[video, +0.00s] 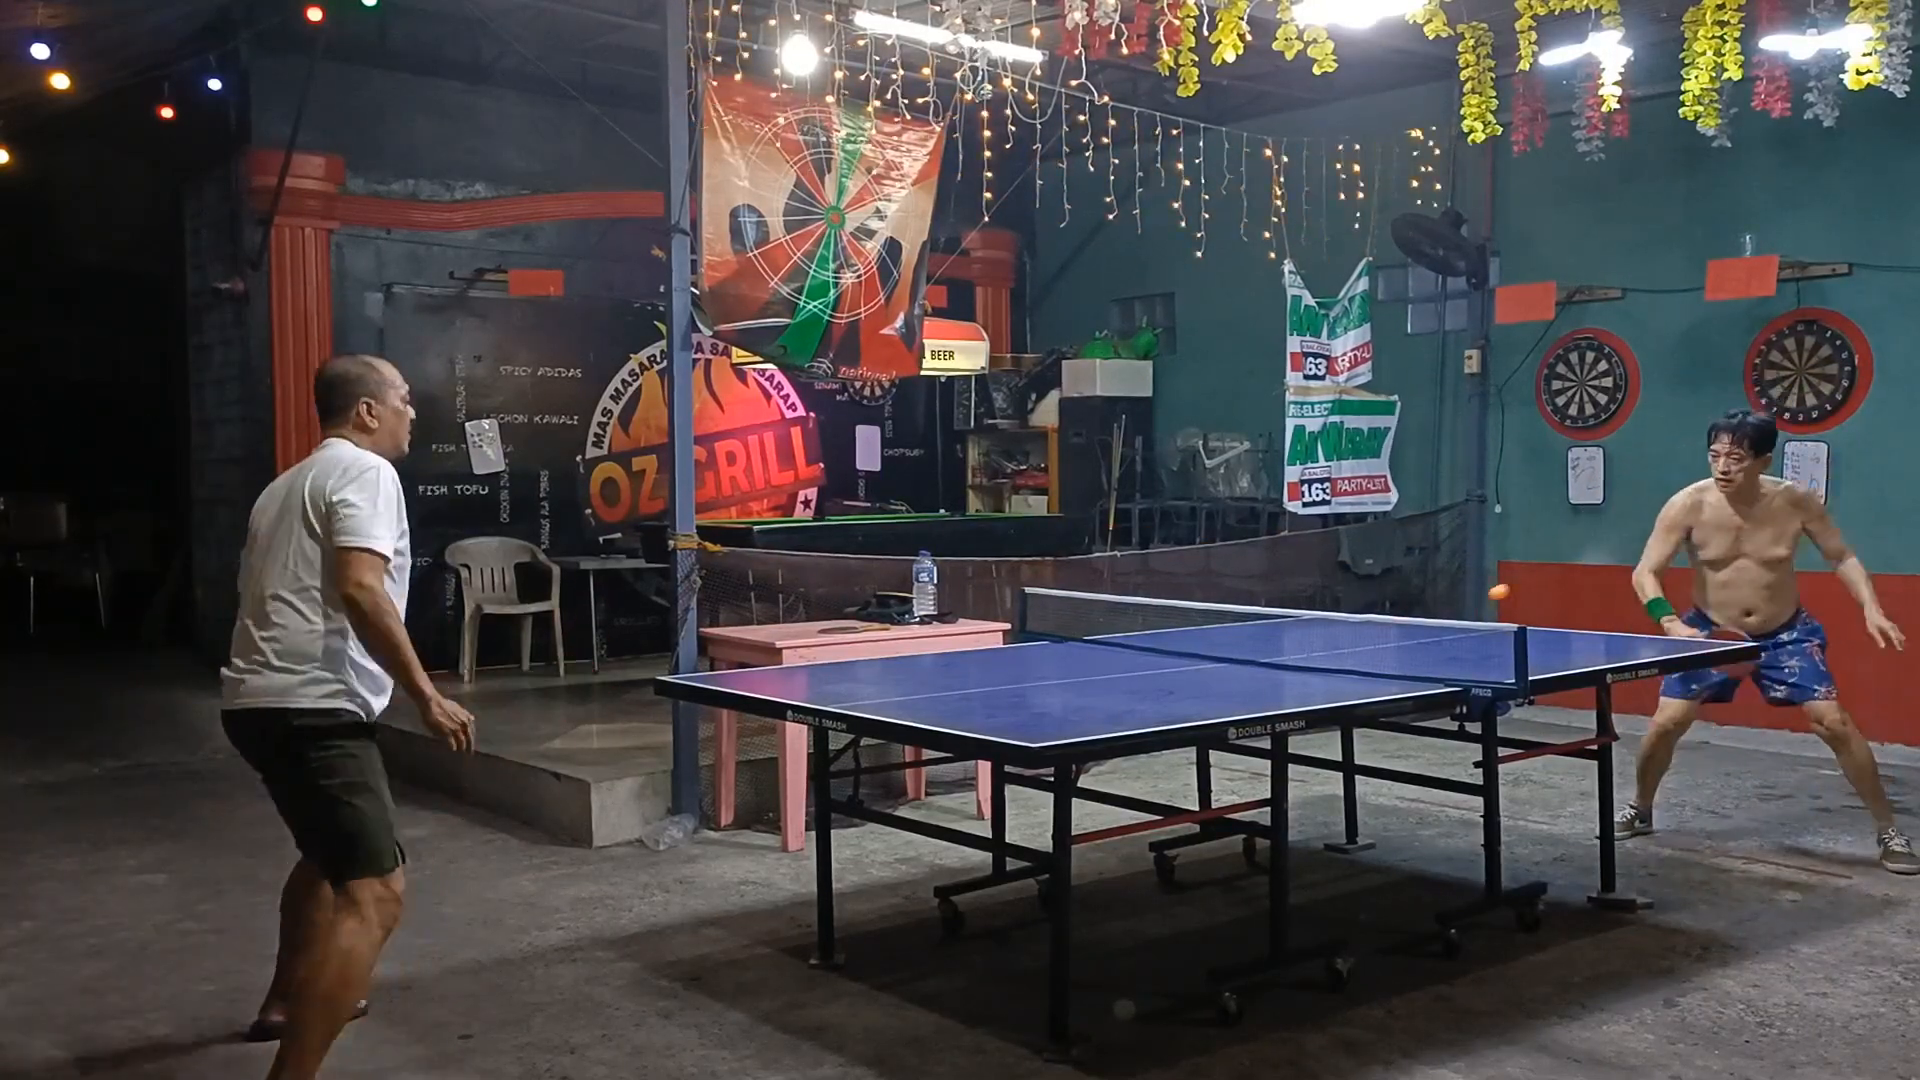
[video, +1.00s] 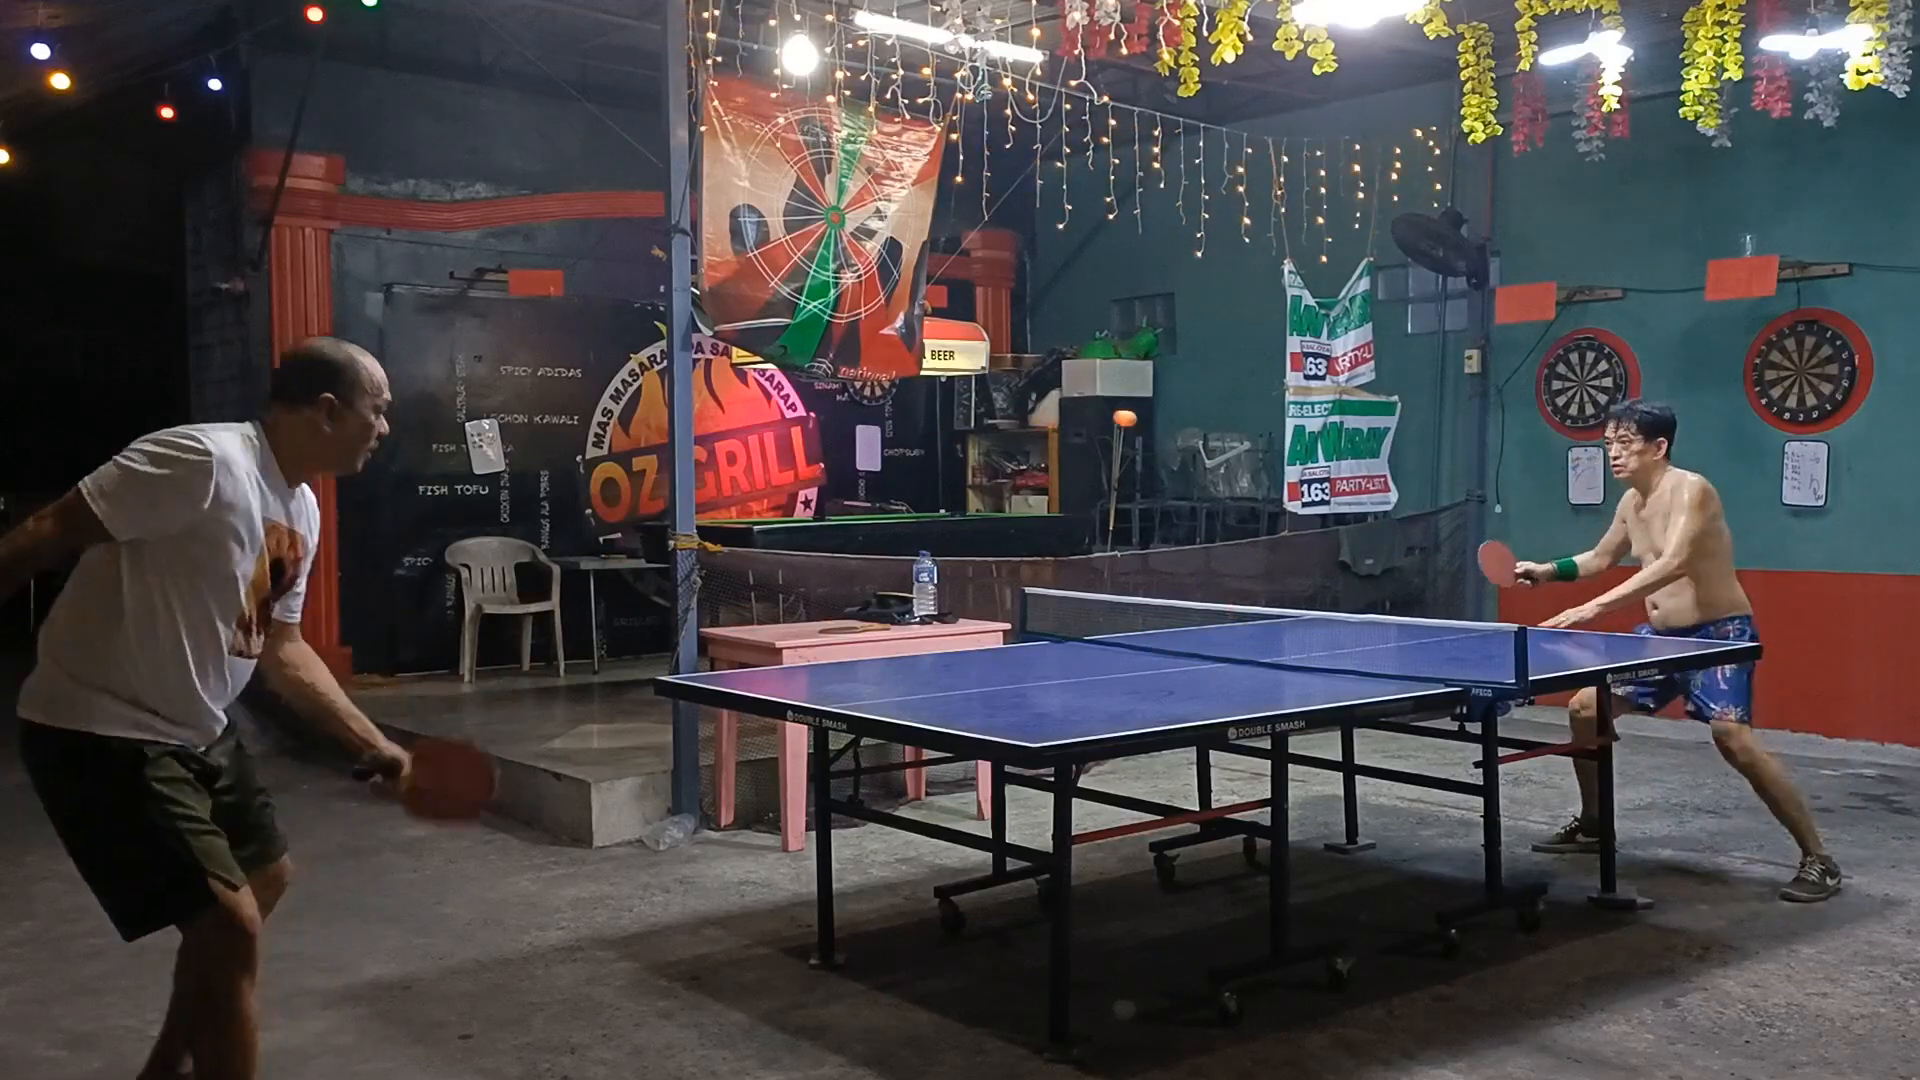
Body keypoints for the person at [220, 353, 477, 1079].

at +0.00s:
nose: (412, 420)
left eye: (410, 405)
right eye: (405, 406)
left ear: (339, 415)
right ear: (368, 411)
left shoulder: (280, 487)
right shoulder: (365, 473)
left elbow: (266, 603)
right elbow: (359, 587)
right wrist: (429, 696)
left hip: (255, 702)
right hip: (316, 708)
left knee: (327, 852)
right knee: (376, 897)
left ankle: (290, 998)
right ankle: (293, 1071)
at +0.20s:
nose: (413, 365)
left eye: (410, 351)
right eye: (403, 351)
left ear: (346, 360)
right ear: (362, 358)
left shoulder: (305, 422)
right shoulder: (337, 418)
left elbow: (285, 559)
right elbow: (313, 543)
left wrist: (355, 668)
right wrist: (379, 654)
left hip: (273, 664)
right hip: (286, 667)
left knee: (356, 847)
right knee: (342, 869)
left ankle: (291, 1015)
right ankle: (287, 1067)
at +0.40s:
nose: (404, 421)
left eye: (402, 407)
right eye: (393, 407)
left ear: (344, 417)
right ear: (345, 415)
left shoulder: (329, 497)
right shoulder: (300, 490)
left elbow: (334, 643)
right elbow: (276, 635)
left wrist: (384, 731)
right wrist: (359, 747)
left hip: (293, 730)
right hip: (247, 735)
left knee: (374, 859)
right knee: (338, 921)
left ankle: (297, 1030)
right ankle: (265, 1065)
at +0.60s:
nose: (430, 476)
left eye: (430, 461)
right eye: (417, 461)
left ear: (373, 465)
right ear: (359, 460)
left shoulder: (379, 548)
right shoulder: (242, 520)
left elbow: (369, 671)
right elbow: (168, 647)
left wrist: (435, 683)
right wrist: (229, 766)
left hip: (285, 753)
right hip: (181, 752)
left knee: (355, 885)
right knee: (285, 916)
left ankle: (285, 1035)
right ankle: (248, 1070)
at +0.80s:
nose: (428, 480)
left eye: (430, 463)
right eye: (419, 460)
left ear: (368, 455)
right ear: (361, 450)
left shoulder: (366, 557)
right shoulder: (225, 493)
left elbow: (356, 684)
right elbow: (78, 566)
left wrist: (475, 693)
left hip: (249, 746)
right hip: (140, 740)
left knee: (296, 890)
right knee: (252, 932)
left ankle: (285, 1033)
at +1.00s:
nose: (385, 432)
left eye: (386, 415)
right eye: (377, 412)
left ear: (323, 411)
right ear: (324, 407)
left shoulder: (301, 507)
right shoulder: (201, 461)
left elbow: (283, 648)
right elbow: (45, 533)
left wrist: (376, 745)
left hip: (194, 727)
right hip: (101, 728)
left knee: (264, 880)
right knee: (228, 921)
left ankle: (168, 1065)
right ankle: (222, 1069)